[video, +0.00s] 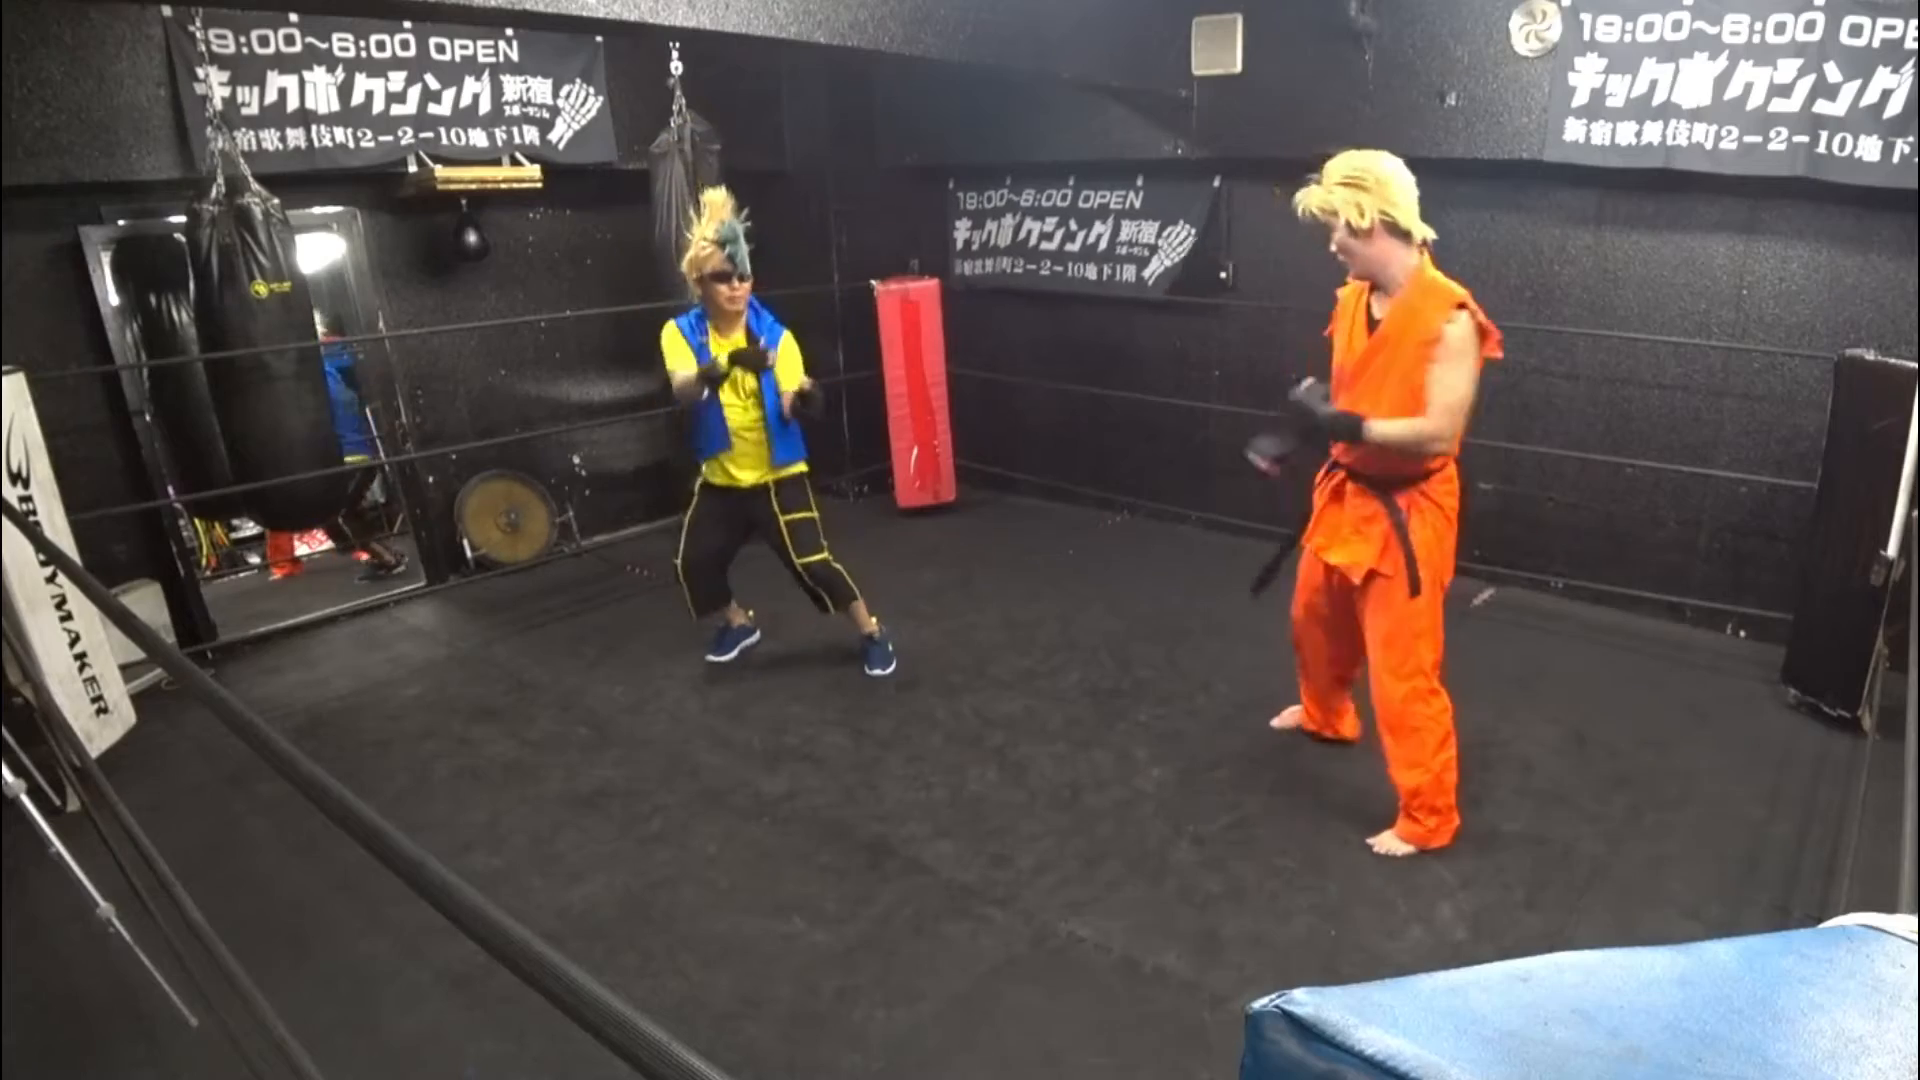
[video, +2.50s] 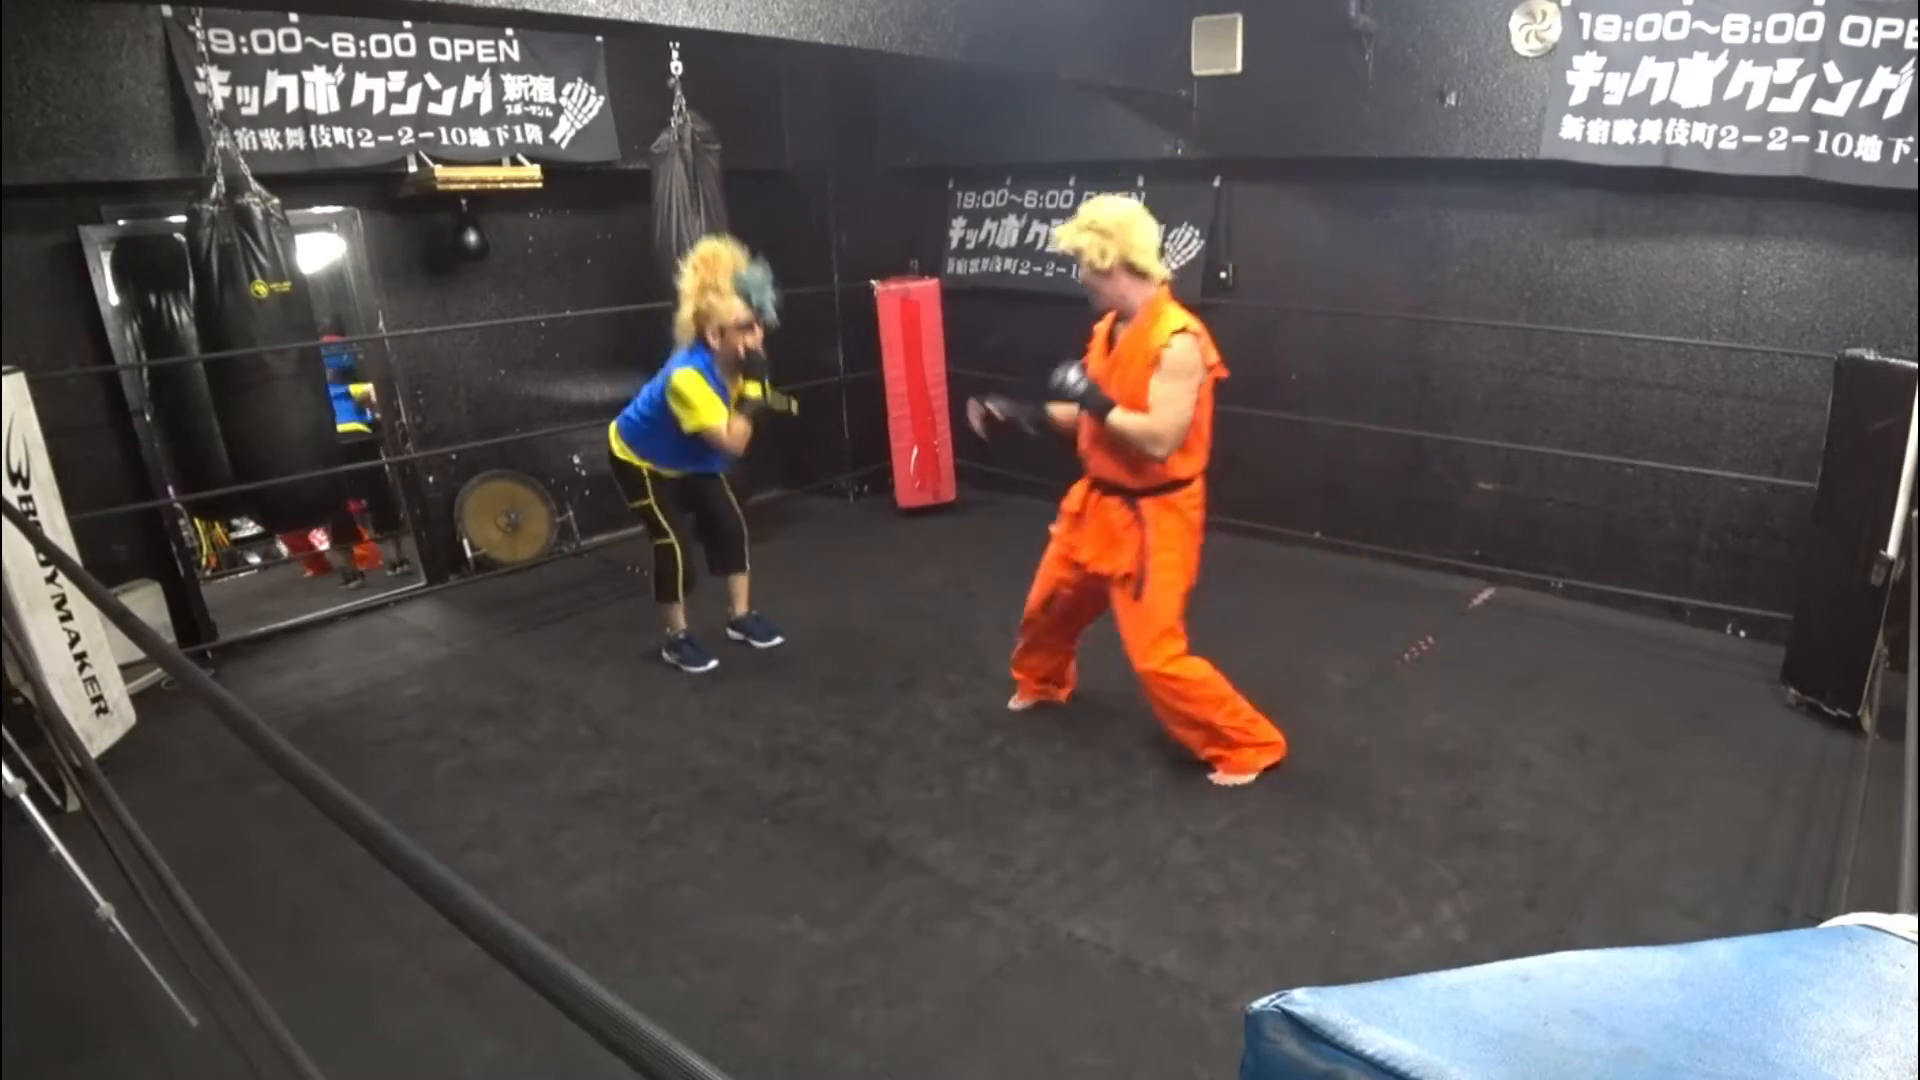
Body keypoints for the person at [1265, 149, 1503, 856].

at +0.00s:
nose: (1332, 249)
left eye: (1338, 233)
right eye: (1330, 235)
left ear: (1376, 225)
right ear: (1374, 227)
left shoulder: (1451, 319)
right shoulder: (1351, 301)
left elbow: (1442, 433)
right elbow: (1342, 395)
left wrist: (1345, 426)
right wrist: (1293, 433)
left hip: (1412, 504)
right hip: (1348, 488)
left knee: (1404, 670)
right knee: (1314, 610)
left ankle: (1429, 819)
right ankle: (1328, 713)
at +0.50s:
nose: (1263, 294)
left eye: (1266, 278)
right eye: (1257, 282)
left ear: (1298, 260)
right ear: (1289, 266)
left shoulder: (1398, 321)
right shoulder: (1285, 332)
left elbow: (1456, 399)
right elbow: (1246, 394)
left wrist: (1399, 421)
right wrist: (1205, 351)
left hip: (1358, 521)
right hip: (1287, 507)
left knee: (1358, 681)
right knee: (1238, 636)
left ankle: (1426, 814)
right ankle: (1249, 717)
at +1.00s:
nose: (1272, 307)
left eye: (1278, 291)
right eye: (1268, 294)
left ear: (1312, 278)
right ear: (1305, 282)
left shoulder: (1383, 354)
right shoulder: (1310, 348)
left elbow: (1319, 417)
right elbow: (1296, 425)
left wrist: (1271, 373)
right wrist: (1256, 480)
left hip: (1379, 538)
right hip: (1314, 524)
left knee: (1353, 687)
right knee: (1252, 626)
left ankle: (1429, 819)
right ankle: (1254, 716)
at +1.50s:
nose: (1230, 283)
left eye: (1233, 268)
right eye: (1227, 270)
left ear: (1266, 260)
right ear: (1268, 261)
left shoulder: (1355, 331)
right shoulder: (1262, 325)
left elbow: (1329, 412)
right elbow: (1252, 398)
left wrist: (1264, 358)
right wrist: (1191, 383)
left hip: (1325, 519)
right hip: (1256, 508)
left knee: (1346, 654)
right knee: (1197, 627)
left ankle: (1417, 758)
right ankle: (1187, 703)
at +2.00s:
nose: (1177, 245)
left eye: (1182, 230)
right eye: (1174, 232)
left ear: (1216, 222)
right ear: (1213, 225)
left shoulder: (1288, 295)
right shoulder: (1206, 290)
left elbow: (1259, 388)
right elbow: (1197, 377)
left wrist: (1195, 340)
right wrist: (1145, 337)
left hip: (1276, 480)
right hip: (1212, 474)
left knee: (1297, 627)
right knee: (1186, 606)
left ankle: (1378, 763)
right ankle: (1203, 717)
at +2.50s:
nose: (1082, 282)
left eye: (1087, 269)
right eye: (1081, 270)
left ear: (1115, 264)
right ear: (1121, 265)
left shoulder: (1180, 340)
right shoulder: (1107, 331)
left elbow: (1162, 437)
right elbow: (1088, 418)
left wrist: (1094, 400)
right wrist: (1022, 413)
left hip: (1158, 511)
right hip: (1097, 499)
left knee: (1155, 657)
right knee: (1047, 605)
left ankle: (1250, 746)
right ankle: (1041, 685)